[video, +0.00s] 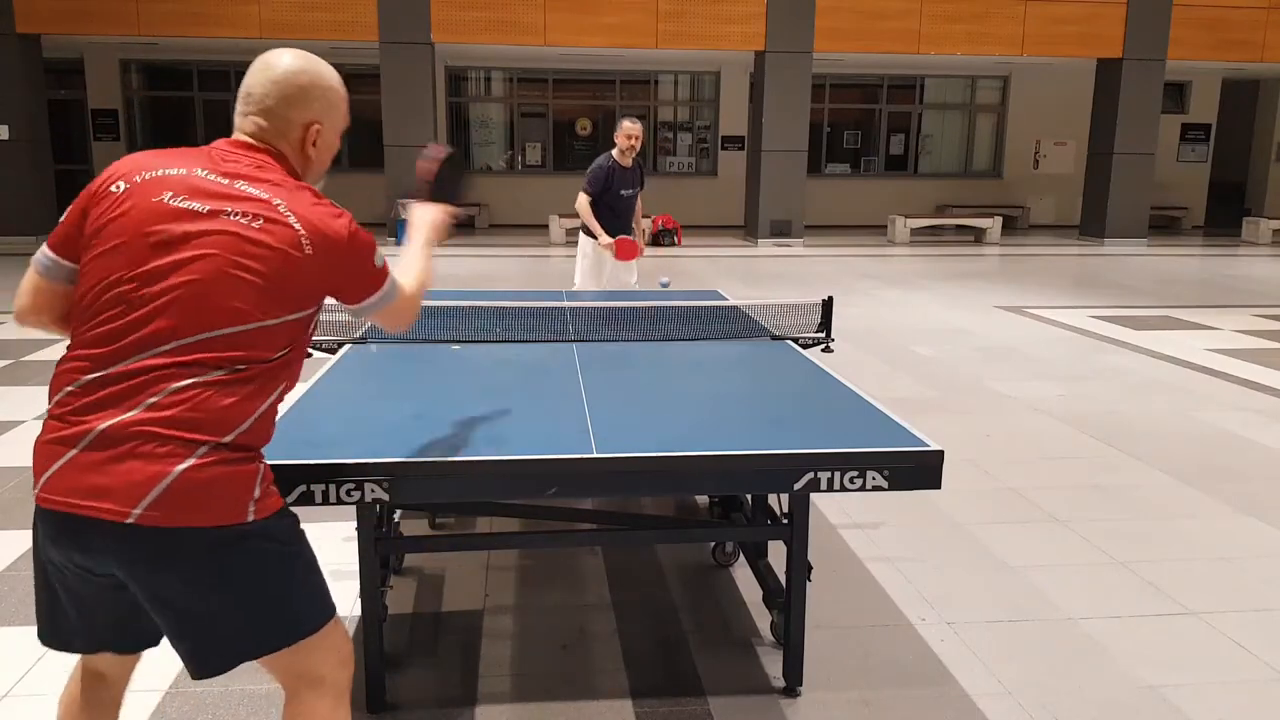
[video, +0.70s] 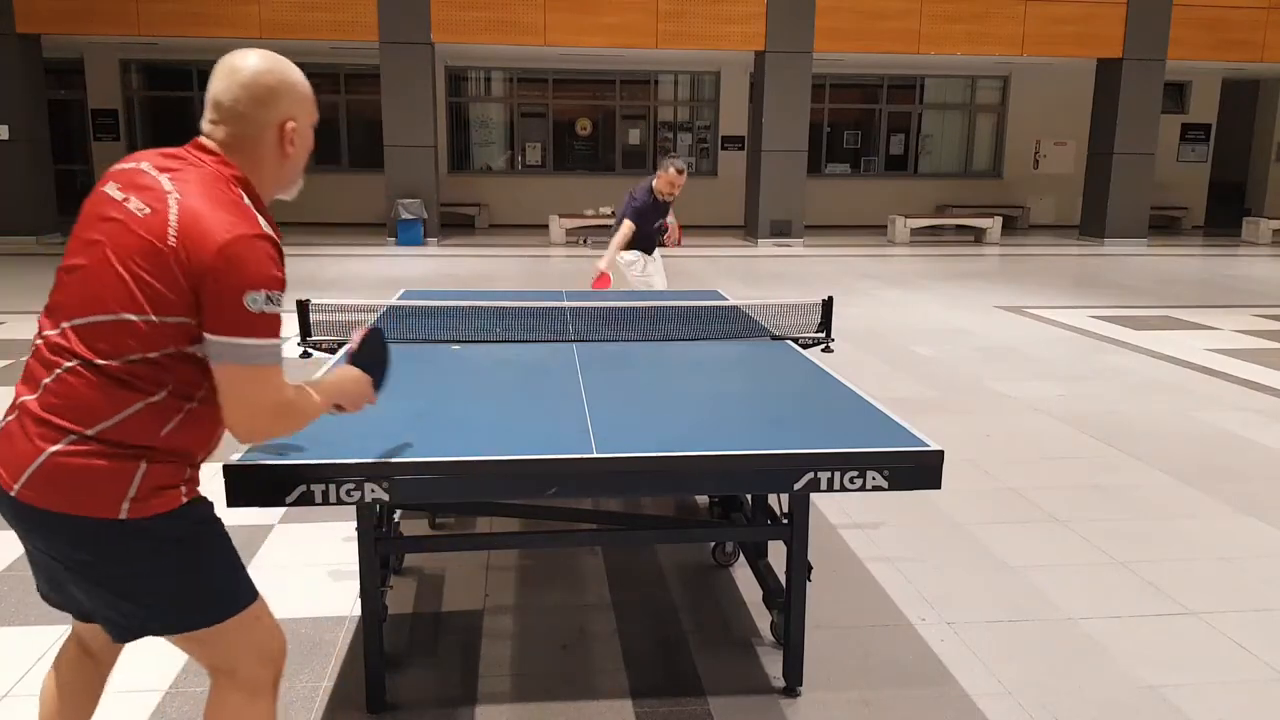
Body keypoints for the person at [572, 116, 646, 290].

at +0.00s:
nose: (633, 143)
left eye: (637, 138)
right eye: (628, 138)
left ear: (642, 140)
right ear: (616, 138)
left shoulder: (636, 166)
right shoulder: (602, 166)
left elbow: (635, 201)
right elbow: (581, 203)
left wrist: (639, 235)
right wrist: (601, 235)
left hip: (624, 243)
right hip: (594, 243)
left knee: (626, 296)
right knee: (588, 295)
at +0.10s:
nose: (637, 150)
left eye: (641, 146)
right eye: (632, 145)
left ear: (645, 146)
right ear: (620, 144)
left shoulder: (639, 171)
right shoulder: (606, 172)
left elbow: (639, 206)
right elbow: (586, 209)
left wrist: (644, 241)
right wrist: (605, 242)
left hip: (626, 247)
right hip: (599, 247)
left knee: (626, 300)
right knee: (600, 301)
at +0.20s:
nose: (645, 160)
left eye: (649, 156)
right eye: (641, 155)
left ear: (653, 157)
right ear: (628, 153)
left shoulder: (644, 180)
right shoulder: (614, 178)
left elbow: (644, 213)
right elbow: (599, 220)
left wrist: (652, 247)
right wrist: (622, 252)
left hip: (627, 243)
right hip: (603, 242)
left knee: (634, 286)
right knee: (622, 288)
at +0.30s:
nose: (656, 172)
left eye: (660, 167)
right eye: (652, 165)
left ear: (663, 167)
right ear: (639, 161)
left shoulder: (650, 183)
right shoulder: (622, 184)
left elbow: (649, 213)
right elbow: (615, 231)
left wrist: (658, 249)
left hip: (628, 241)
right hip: (603, 240)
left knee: (630, 288)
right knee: (629, 284)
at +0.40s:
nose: (667, 190)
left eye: (671, 184)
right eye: (664, 182)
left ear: (675, 182)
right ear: (650, 175)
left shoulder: (653, 191)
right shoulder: (630, 197)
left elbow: (655, 224)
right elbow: (628, 245)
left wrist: (664, 252)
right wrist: (659, 249)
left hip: (633, 243)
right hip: (608, 245)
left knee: (637, 291)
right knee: (635, 293)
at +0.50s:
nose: (672, 204)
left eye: (677, 199)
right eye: (669, 197)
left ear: (680, 197)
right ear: (657, 187)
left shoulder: (657, 199)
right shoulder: (635, 208)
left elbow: (659, 224)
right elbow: (629, 254)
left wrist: (668, 253)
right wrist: (657, 272)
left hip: (636, 251)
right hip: (613, 252)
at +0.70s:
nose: (675, 191)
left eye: (679, 187)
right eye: (671, 185)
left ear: (683, 184)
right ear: (659, 177)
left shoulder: (666, 192)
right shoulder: (642, 198)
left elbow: (666, 207)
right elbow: (625, 231)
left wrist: (673, 223)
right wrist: (606, 261)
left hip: (650, 249)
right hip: (630, 252)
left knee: (661, 293)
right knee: (653, 297)